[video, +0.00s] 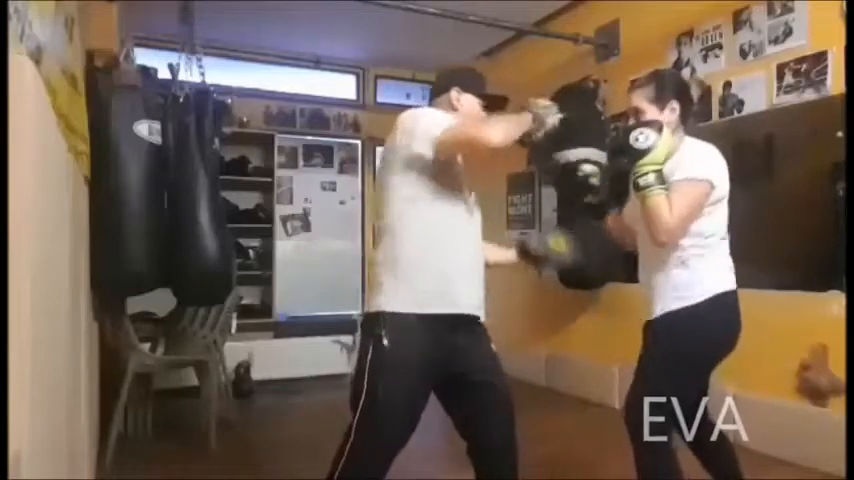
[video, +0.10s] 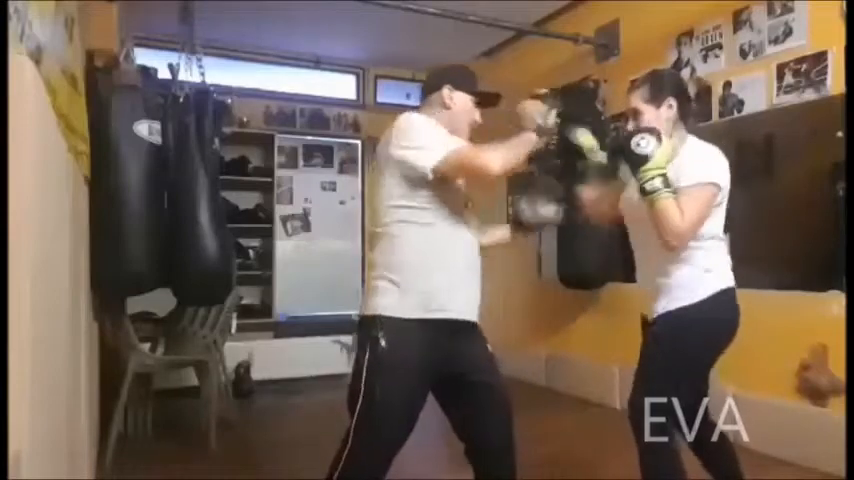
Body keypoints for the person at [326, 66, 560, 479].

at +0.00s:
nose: (486, 111)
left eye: (487, 105)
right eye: (481, 101)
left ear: (461, 102)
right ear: (455, 96)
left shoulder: (454, 163)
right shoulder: (416, 121)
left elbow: (465, 246)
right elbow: (489, 135)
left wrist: (524, 250)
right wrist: (532, 116)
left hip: (461, 324)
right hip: (402, 321)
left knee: (496, 445)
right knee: (369, 450)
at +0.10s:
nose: (480, 116)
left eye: (481, 106)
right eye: (475, 104)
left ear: (449, 100)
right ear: (448, 96)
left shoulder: (447, 154)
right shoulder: (410, 127)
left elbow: (457, 238)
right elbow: (486, 163)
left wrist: (518, 223)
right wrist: (533, 134)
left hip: (456, 324)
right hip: (399, 323)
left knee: (494, 446)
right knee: (368, 453)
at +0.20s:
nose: (468, 111)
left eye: (469, 101)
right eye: (462, 98)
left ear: (432, 96)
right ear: (431, 91)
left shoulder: (442, 151)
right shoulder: (395, 132)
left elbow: (464, 215)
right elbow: (473, 170)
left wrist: (523, 185)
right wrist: (518, 121)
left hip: (453, 326)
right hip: (392, 324)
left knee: (494, 444)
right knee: (363, 455)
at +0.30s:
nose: (468, 111)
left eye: (469, 101)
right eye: (461, 98)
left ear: (436, 95)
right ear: (431, 92)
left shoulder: (448, 152)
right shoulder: (386, 137)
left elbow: (479, 207)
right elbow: (437, 205)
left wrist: (529, 171)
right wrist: (498, 156)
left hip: (452, 326)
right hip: (388, 326)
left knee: (495, 439)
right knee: (357, 457)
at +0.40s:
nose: (483, 119)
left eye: (483, 108)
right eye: (476, 105)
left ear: (449, 104)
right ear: (444, 102)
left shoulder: (460, 153)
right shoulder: (395, 146)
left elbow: (506, 199)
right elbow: (410, 225)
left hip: (455, 330)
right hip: (391, 331)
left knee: (496, 447)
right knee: (361, 456)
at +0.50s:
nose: (500, 128)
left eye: (502, 118)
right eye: (494, 114)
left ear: (466, 112)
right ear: (464, 109)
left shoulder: (463, 158)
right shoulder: (422, 152)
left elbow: (494, 190)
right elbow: (433, 242)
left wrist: (532, 168)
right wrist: (513, 272)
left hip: (460, 331)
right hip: (402, 333)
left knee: (500, 432)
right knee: (370, 454)